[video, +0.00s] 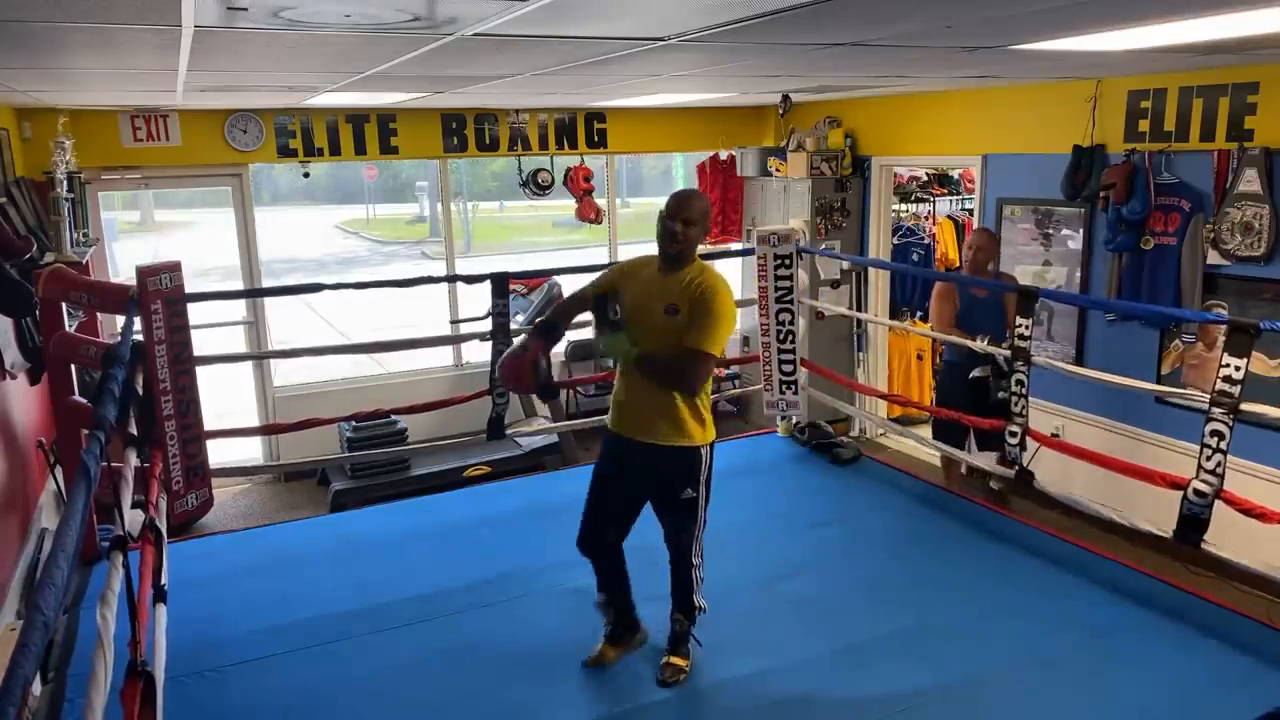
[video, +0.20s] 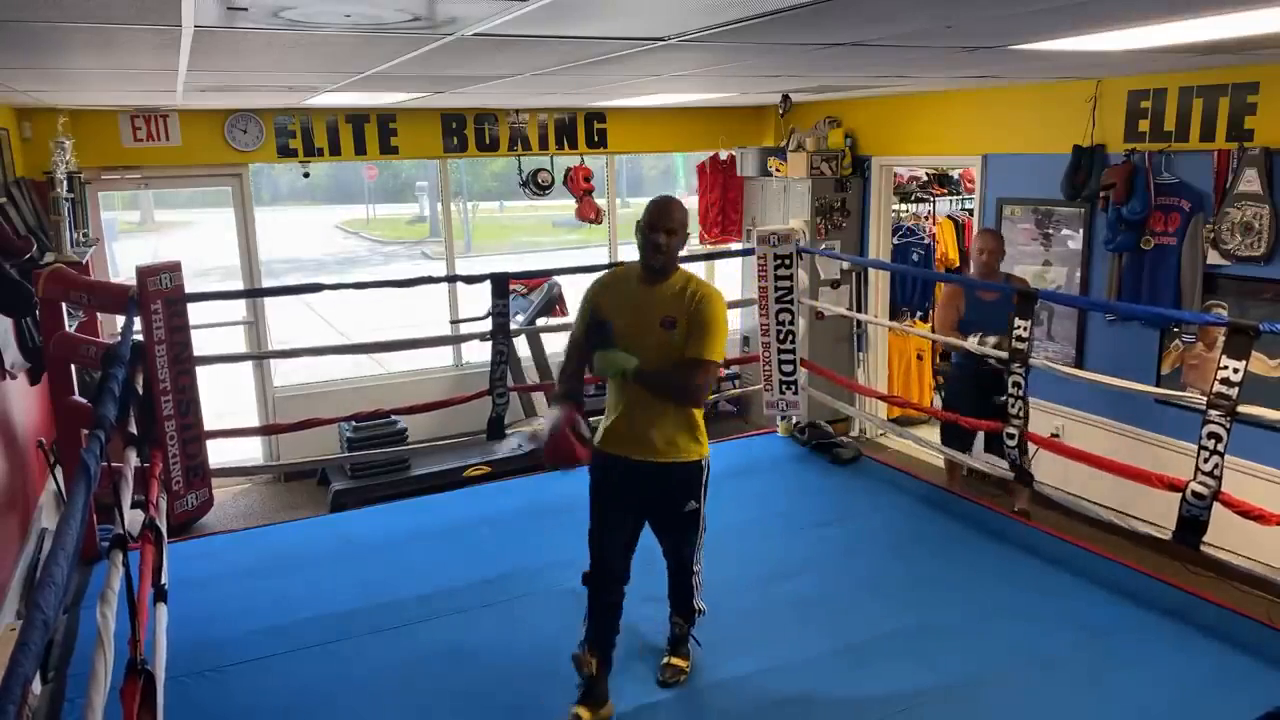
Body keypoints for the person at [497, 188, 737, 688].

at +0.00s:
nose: (673, 228)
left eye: (686, 222)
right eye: (668, 218)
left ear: (706, 233)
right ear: (658, 221)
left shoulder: (712, 292)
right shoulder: (629, 274)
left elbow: (692, 377)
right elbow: (571, 307)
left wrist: (627, 349)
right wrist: (532, 346)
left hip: (682, 445)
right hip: (625, 437)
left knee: (682, 551)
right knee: (597, 539)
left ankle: (680, 646)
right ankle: (624, 629)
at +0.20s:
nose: (660, 241)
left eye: (672, 233)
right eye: (653, 230)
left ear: (687, 240)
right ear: (638, 231)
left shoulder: (703, 301)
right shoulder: (605, 288)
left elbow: (698, 389)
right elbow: (573, 364)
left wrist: (628, 367)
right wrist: (571, 407)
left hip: (680, 460)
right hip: (616, 455)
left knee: (683, 563)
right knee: (605, 573)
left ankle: (679, 643)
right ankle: (595, 689)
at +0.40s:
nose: (633, 243)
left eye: (643, 234)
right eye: (623, 233)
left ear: (656, 239)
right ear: (606, 238)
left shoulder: (688, 301)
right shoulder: (575, 306)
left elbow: (723, 374)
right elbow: (560, 389)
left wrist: (692, 419)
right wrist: (582, 450)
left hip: (672, 471)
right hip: (604, 471)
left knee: (677, 572)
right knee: (598, 588)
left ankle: (678, 642)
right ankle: (595, 690)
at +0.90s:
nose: (674, 274)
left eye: (684, 262)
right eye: (663, 261)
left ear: (694, 263)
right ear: (637, 260)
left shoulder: (709, 324)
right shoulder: (588, 335)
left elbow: (719, 394)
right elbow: (557, 432)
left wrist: (746, 458)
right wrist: (548, 526)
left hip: (689, 510)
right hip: (609, 519)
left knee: (702, 639)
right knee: (598, 629)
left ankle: (707, 715)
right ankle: (596, 699)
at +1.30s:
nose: (762, 270)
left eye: (773, 259)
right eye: (751, 256)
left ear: (780, 264)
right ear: (717, 249)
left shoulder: (778, 339)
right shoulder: (646, 328)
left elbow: (778, 432)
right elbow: (594, 432)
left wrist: (777, 508)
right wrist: (589, 521)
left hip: (731, 533)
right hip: (654, 536)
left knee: (725, 679)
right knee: (664, 689)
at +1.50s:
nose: (789, 307)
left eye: (797, 294)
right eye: (783, 292)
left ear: (800, 288)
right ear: (748, 275)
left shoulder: (797, 353)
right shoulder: (659, 344)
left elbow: (802, 464)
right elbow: (612, 455)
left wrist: (758, 525)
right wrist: (671, 497)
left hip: (755, 563)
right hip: (683, 567)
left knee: (733, 697)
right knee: (704, 709)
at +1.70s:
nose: (792, 331)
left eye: (802, 318)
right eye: (783, 319)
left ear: (808, 304)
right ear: (744, 296)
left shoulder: (809, 352)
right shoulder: (664, 367)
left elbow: (827, 467)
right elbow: (627, 498)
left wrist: (797, 529)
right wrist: (701, 497)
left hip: (792, 589)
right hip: (707, 599)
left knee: (795, 709)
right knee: (716, 712)